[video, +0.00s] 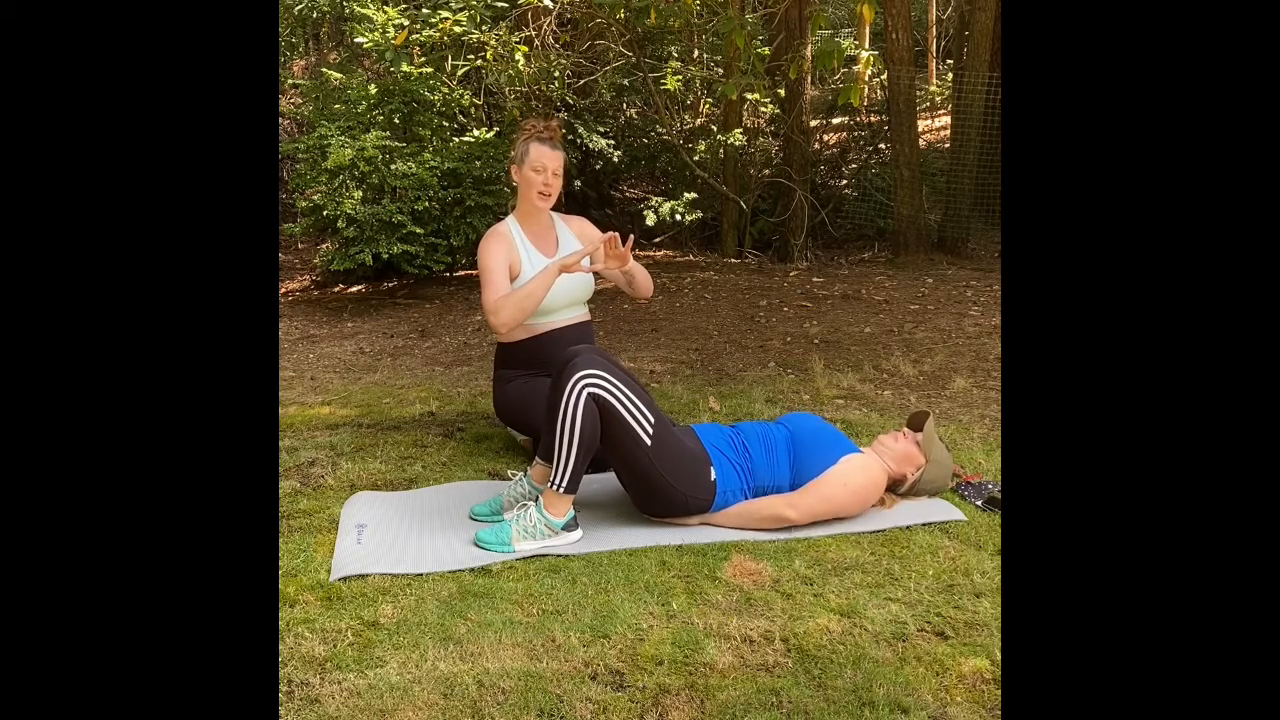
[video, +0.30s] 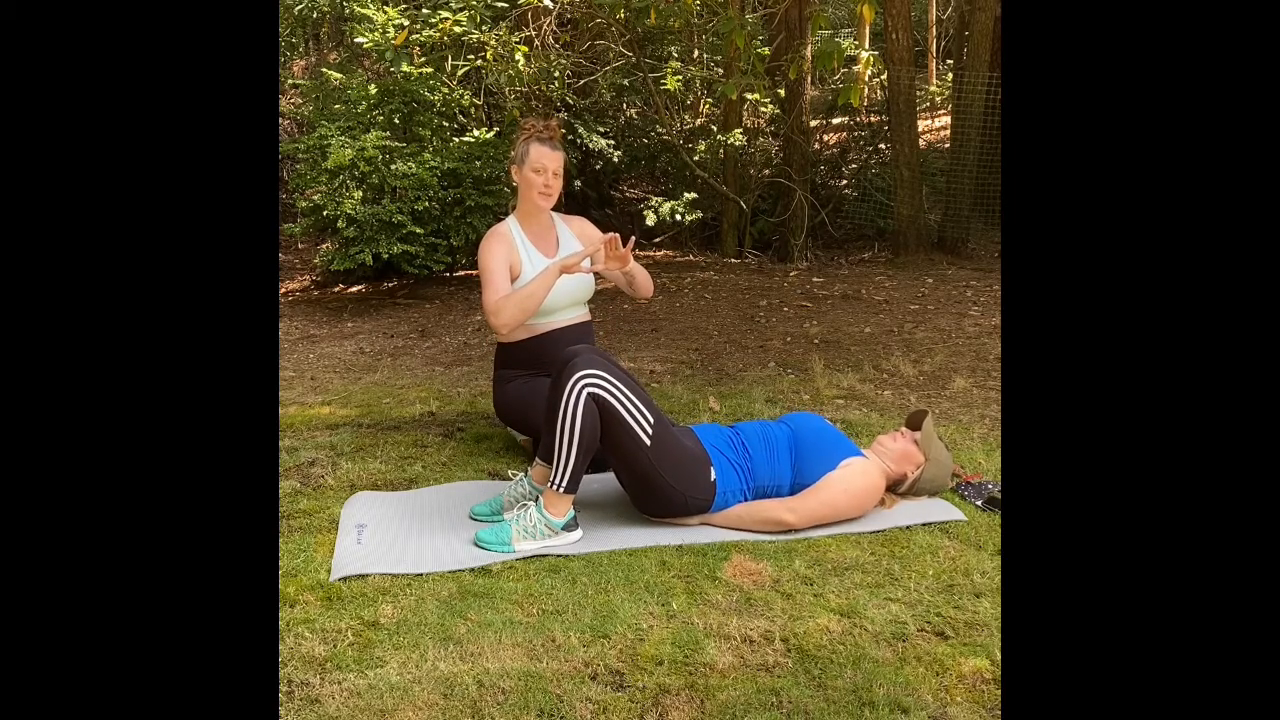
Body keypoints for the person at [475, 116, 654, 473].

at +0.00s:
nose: (549, 182)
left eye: (556, 173)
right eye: (538, 170)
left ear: (563, 180)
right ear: (515, 173)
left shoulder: (579, 229)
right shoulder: (498, 242)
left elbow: (644, 292)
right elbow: (501, 321)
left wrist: (627, 269)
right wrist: (554, 268)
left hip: (584, 364)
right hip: (523, 376)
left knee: (638, 439)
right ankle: (540, 454)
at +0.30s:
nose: (549, 182)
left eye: (557, 173)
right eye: (539, 171)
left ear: (564, 179)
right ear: (515, 173)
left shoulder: (579, 229)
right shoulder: (498, 242)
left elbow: (644, 292)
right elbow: (501, 321)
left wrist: (628, 270)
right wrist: (555, 269)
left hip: (583, 364)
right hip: (523, 377)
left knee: (639, 441)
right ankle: (541, 452)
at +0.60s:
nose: (551, 182)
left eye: (558, 174)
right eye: (540, 171)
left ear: (564, 179)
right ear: (516, 174)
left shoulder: (579, 229)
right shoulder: (498, 242)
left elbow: (644, 292)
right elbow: (502, 322)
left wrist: (628, 269)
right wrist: (555, 268)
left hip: (584, 363)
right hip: (523, 376)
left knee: (642, 439)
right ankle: (540, 450)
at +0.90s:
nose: (555, 185)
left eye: (561, 177)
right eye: (544, 174)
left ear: (566, 179)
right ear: (517, 174)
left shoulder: (580, 229)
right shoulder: (498, 243)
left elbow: (645, 291)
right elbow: (501, 323)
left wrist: (625, 270)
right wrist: (555, 271)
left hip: (585, 363)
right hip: (523, 377)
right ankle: (541, 457)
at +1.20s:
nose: (554, 186)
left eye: (560, 177)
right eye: (544, 175)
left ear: (566, 179)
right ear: (517, 174)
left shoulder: (579, 229)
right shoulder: (498, 243)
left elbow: (645, 291)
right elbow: (501, 323)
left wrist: (627, 271)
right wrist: (556, 272)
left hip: (585, 363)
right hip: (523, 377)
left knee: (642, 438)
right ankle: (540, 453)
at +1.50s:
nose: (552, 186)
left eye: (560, 177)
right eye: (542, 175)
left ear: (566, 179)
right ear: (517, 174)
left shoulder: (580, 229)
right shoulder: (499, 243)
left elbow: (645, 295)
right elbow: (499, 324)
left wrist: (627, 276)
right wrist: (558, 277)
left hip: (584, 364)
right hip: (523, 377)